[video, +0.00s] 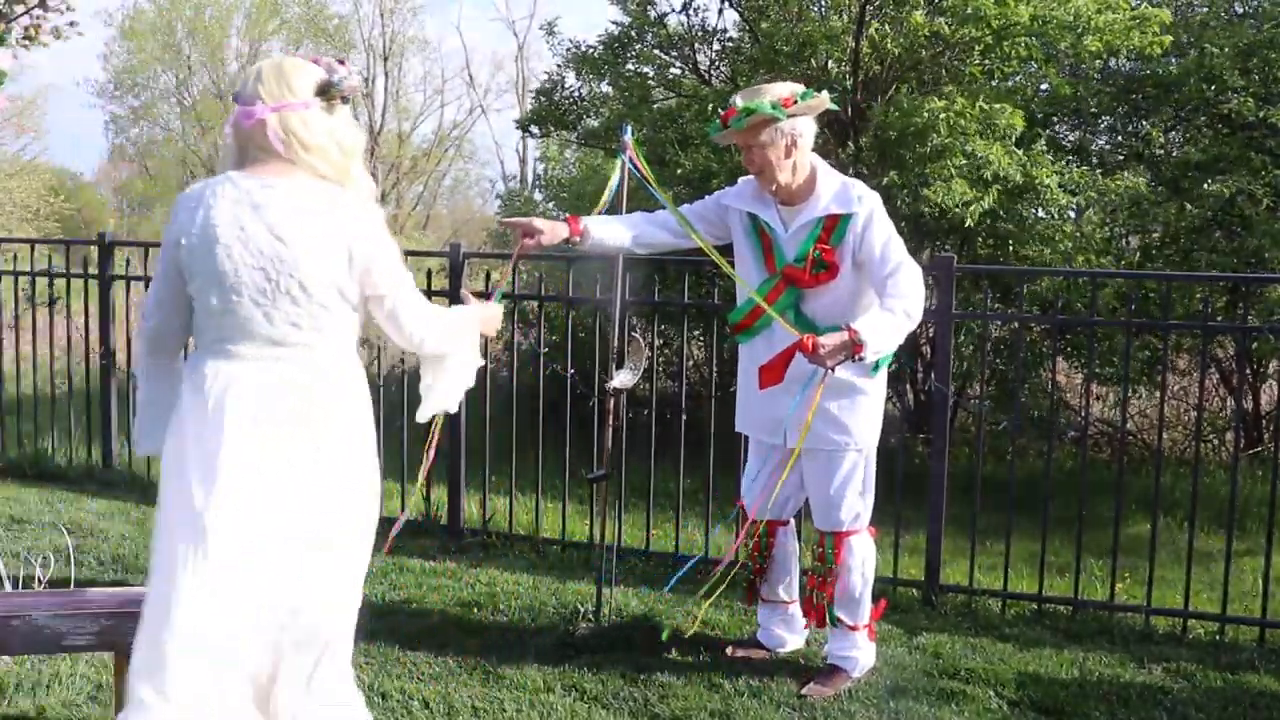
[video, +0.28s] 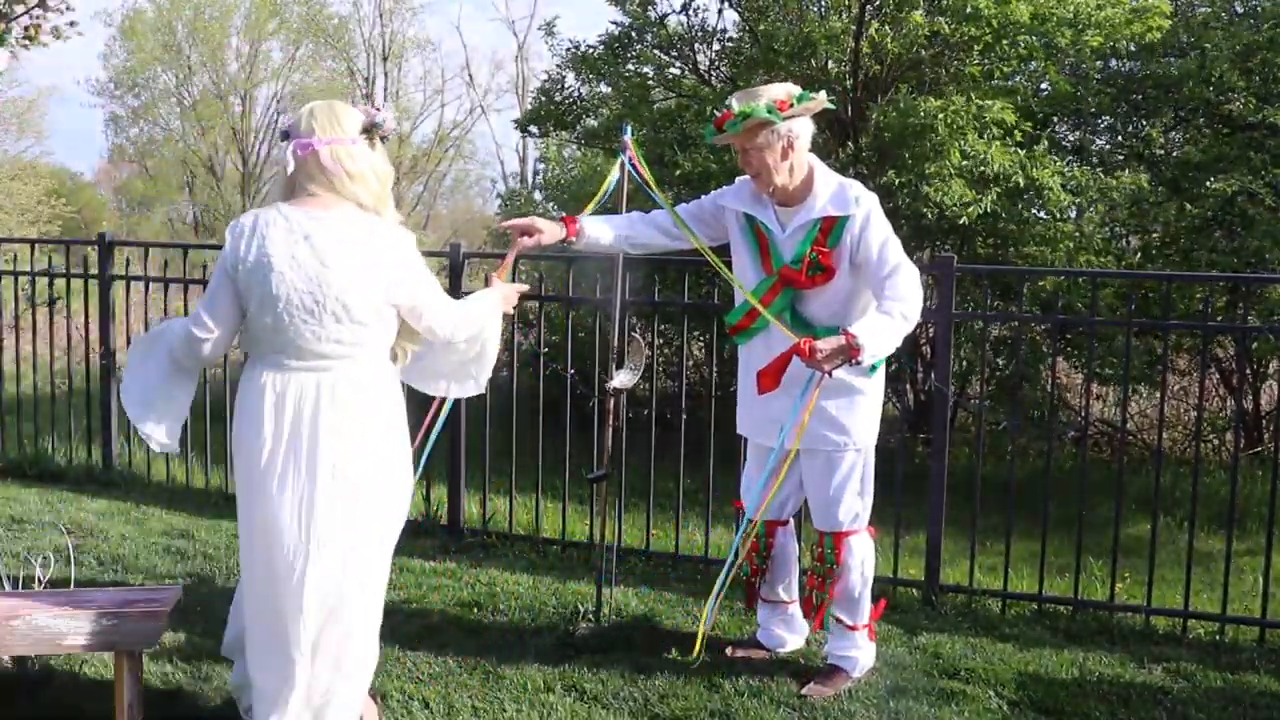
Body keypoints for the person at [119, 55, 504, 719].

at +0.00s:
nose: (230, 119)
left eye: (238, 109)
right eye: (236, 107)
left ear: (250, 123)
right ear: (325, 125)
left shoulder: (198, 205)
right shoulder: (348, 211)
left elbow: (159, 330)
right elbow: (408, 324)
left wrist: (159, 421)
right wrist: (472, 323)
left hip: (222, 397)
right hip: (324, 401)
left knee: (214, 573)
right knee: (316, 577)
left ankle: (202, 703)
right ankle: (304, 705)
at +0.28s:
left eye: (291, 153)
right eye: (368, 150)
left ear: (293, 162)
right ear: (363, 162)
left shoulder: (252, 232)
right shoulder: (387, 240)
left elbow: (208, 337)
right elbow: (442, 322)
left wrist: (162, 341)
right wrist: (495, 299)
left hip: (272, 397)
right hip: (361, 401)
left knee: (274, 553)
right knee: (355, 557)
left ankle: (272, 695)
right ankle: (341, 696)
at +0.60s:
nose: (393, 163)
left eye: (307, 156)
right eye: (385, 153)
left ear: (313, 164)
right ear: (374, 164)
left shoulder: (278, 225)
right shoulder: (400, 235)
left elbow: (249, 317)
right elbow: (428, 337)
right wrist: (423, 389)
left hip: (296, 390)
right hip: (377, 389)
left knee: (289, 532)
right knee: (368, 535)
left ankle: (283, 684)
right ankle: (365, 687)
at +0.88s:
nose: (390, 176)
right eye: (386, 167)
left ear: (321, 172)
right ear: (376, 177)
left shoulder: (282, 227)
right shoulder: (382, 235)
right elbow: (415, 327)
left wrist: (376, 158)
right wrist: (419, 328)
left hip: (299, 371)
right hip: (367, 370)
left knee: (315, 514)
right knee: (364, 511)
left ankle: (357, 657)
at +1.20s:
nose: (343, 178)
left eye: (339, 168)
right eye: (337, 169)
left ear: (278, 171)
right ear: (323, 174)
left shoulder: (251, 223)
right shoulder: (319, 230)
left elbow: (277, 289)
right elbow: (341, 310)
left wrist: (359, 296)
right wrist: (378, 308)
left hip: (260, 354)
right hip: (313, 359)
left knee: (261, 469)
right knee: (353, 477)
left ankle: (226, 568)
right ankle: (372, 609)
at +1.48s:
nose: (282, 173)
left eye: (286, 164)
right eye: (272, 164)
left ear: (288, 169)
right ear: (244, 169)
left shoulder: (267, 221)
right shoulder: (225, 224)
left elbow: (279, 293)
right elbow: (226, 304)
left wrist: (316, 320)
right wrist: (287, 324)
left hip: (267, 363)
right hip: (237, 371)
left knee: (237, 470)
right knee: (272, 470)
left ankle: (213, 576)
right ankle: (279, 589)